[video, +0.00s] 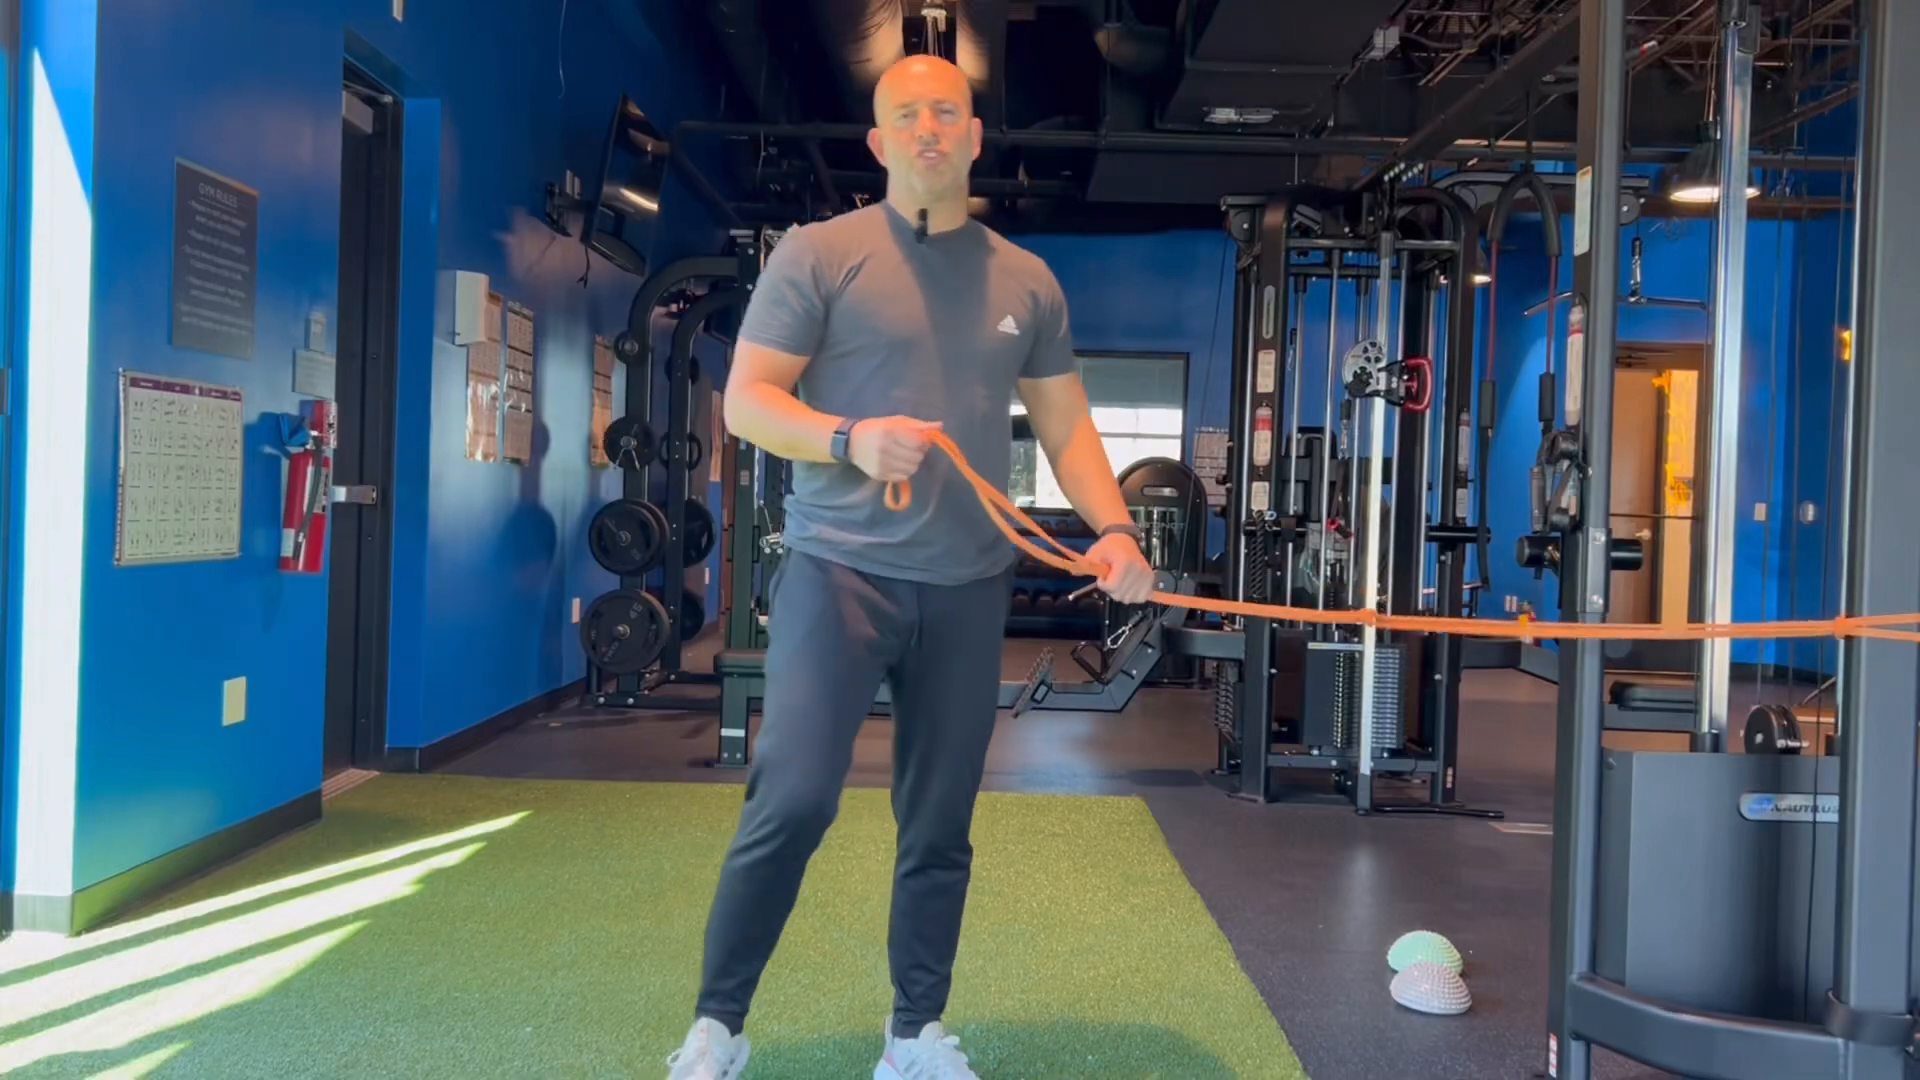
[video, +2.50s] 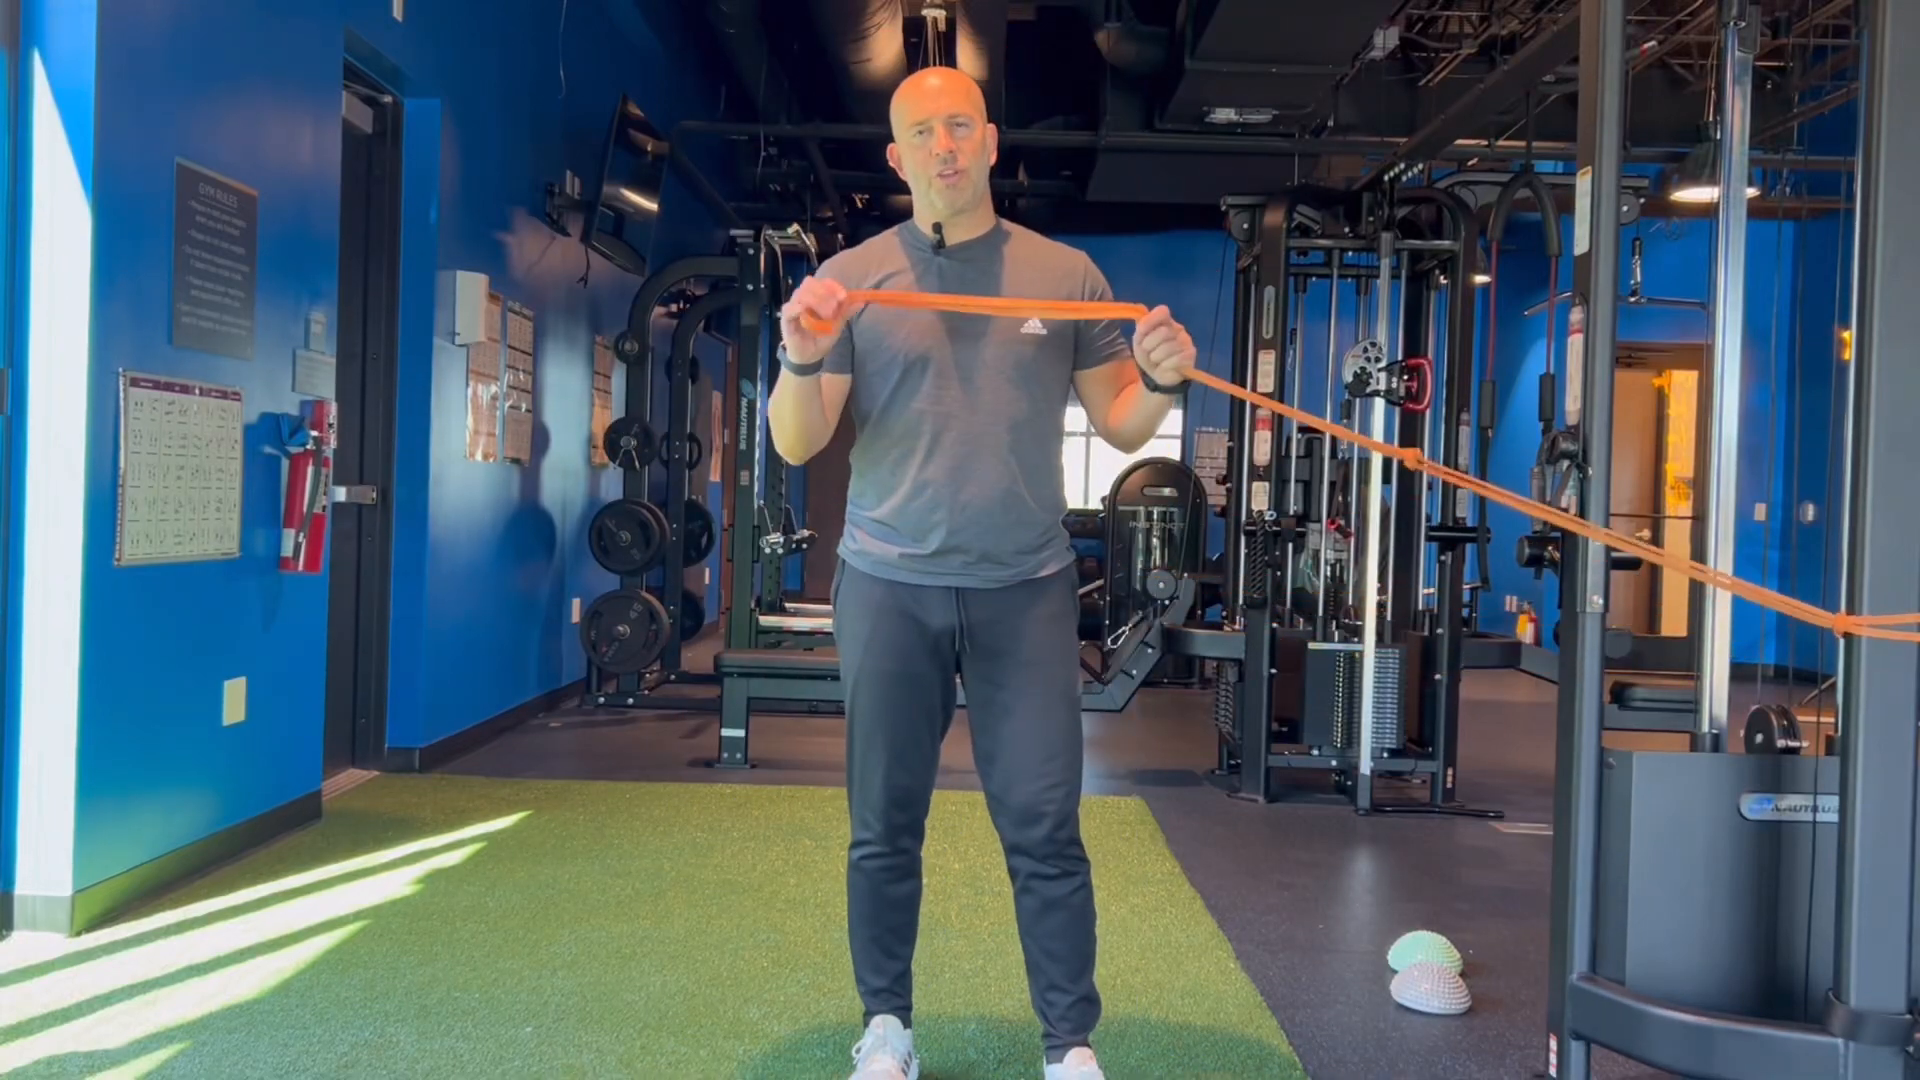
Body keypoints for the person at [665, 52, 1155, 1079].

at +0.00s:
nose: (930, 126)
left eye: (948, 110)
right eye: (910, 112)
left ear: (977, 134)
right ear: (876, 141)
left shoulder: (1027, 282)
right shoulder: (815, 257)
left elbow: (1067, 427)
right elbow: (746, 401)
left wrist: (1115, 528)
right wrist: (849, 437)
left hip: (966, 584)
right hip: (835, 571)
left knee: (939, 823)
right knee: (794, 799)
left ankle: (915, 1032)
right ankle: (718, 1025)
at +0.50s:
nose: (964, 106)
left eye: (976, 88)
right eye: (937, 95)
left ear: (1002, 115)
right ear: (899, 131)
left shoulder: (1049, 267)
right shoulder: (848, 253)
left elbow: (1083, 430)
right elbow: (788, 409)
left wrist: (1128, 544)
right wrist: (938, 410)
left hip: (1016, 586)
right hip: (892, 580)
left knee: (1000, 826)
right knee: (884, 843)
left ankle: (926, 1014)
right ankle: (872, 1062)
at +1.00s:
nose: (1036, 113)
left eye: (1052, 95)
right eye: (1011, 102)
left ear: (1085, 120)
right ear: (979, 137)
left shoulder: (1152, 273)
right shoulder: (923, 260)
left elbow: (1188, 437)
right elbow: (853, 412)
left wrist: (1194, 541)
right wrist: (956, 422)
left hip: (1097, 595)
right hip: (952, 585)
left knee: (1101, 839)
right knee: (920, 839)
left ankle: (1104, 1052)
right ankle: (882, 1061)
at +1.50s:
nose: (1048, 124)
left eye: (1069, 108)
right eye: (1027, 110)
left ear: (1101, 134)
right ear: (997, 140)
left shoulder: (1164, 279)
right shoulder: (934, 264)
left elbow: (1210, 430)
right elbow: (882, 402)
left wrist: (1179, 519)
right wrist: (893, 419)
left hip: (1094, 588)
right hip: (952, 583)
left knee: (1100, 833)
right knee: (913, 822)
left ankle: (1108, 1048)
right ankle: (886, 1019)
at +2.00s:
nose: (949, 137)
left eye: (963, 120)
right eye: (926, 124)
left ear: (994, 141)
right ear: (896, 155)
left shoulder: (1068, 277)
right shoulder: (844, 283)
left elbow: (1116, 416)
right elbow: (796, 415)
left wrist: (1137, 500)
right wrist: (825, 464)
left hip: (1030, 592)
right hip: (889, 588)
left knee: (1045, 822)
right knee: (882, 824)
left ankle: (1070, 1041)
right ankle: (884, 1023)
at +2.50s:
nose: (946, 143)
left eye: (961, 124)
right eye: (925, 130)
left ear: (993, 142)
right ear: (896, 156)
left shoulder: (1064, 273)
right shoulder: (852, 278)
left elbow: (1121, 426)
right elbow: (797, 444)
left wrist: (1161, 381)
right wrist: (801, 357)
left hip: (1026, 583)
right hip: (888, 582)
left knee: (1044, 822)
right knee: (884, 824)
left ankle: (1070, 1042)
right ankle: (886, 1022)